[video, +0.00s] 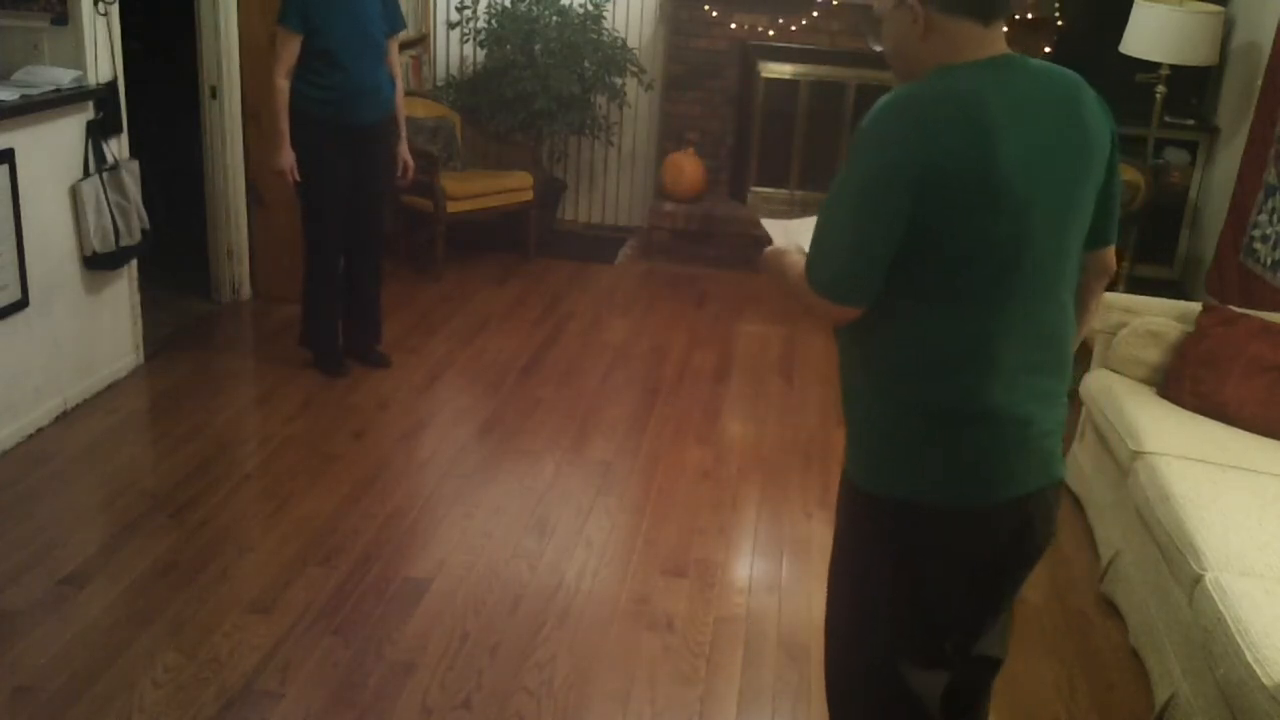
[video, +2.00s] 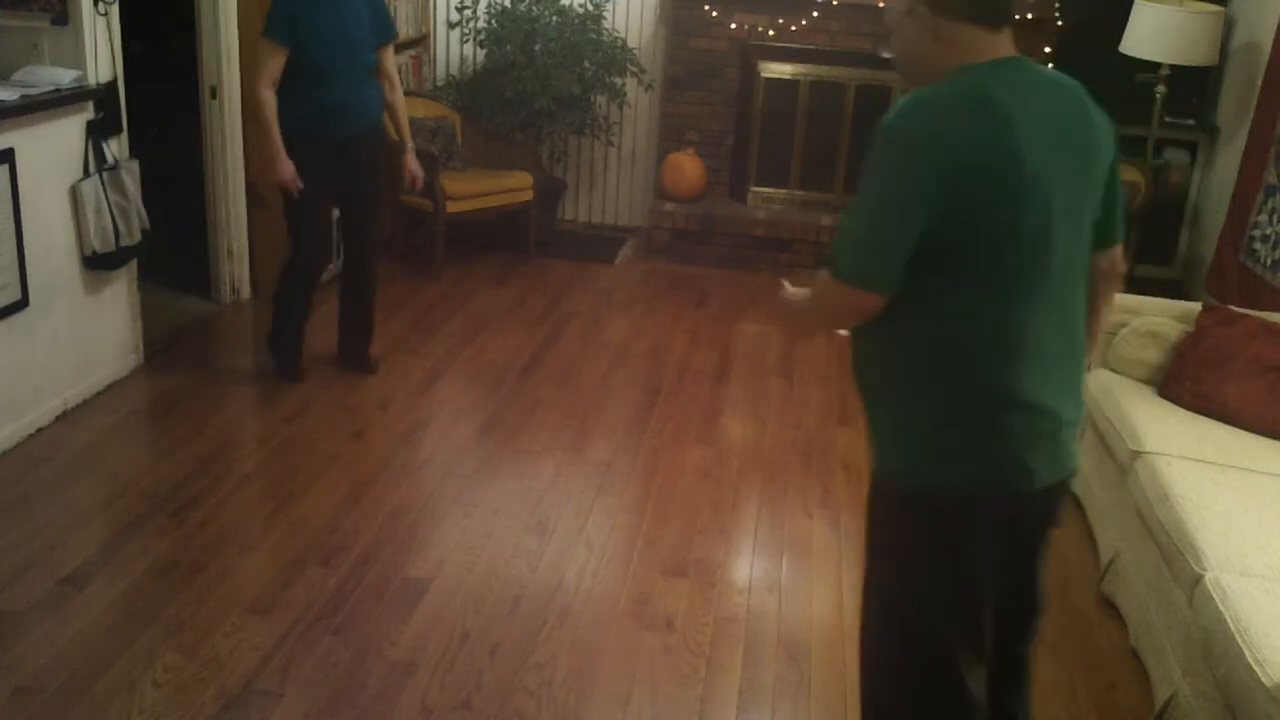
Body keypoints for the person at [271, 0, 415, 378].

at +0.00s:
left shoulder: (385, 6)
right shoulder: (302, 7)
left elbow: (394, 73)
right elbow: (282, 74)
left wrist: (401, 140)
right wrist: (284, 145)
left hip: (375, 132)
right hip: (320, 133)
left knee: (368, 239)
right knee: (325, 240)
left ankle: (364, 340)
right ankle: (324, 345)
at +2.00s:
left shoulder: (374, 7)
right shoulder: (291, 8)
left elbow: (390, 79)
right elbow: (264, 85)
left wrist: (408, 146)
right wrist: (278, 155)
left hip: (365, 143)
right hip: (308, 145)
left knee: (363, 250)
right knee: (311, 252)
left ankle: (355, 349)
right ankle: (286, 350)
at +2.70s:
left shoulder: (422, 7)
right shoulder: (347, 9)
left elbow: (429, 78)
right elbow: (324, 85)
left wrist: (435, 146)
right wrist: (337, 164)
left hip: (411, 144)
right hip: (365, 144)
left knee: (407, 254)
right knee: (369, 253)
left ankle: (398, 361)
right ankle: (325, 337)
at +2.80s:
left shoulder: (436, 8)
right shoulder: (357, 9)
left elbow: (449, 81)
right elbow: (332, 86)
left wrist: (468, 152)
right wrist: (336, 166)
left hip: (420, 145)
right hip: (371, 145)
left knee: (416, 250)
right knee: (397, 251)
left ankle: (399, 359)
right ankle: (372, 356)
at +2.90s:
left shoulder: (451, 10)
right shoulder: (373, 10)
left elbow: (469, 87)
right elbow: (339, 90)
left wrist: (493, 158)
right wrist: (335, 166)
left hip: (431, 148)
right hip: (379, 149)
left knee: (419, 260)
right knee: (413, 262)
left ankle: (395, 360)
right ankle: (421, 385)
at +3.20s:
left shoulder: (501, 19)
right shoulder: (421, 18)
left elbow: (517, 92)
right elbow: (383, 101)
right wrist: (372, 175)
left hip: (478, 163)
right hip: (422, 163)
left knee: (452, 267)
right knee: (456, 275)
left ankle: (406, 349)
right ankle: (482, 404)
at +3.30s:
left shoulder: (521, 18)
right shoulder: (441, 17)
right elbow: (399, 110)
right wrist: (394, 189)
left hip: (505, 168)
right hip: (446, 172)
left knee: (496, 272)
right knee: (471, 288)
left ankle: (430, 339)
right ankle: (482, 413)